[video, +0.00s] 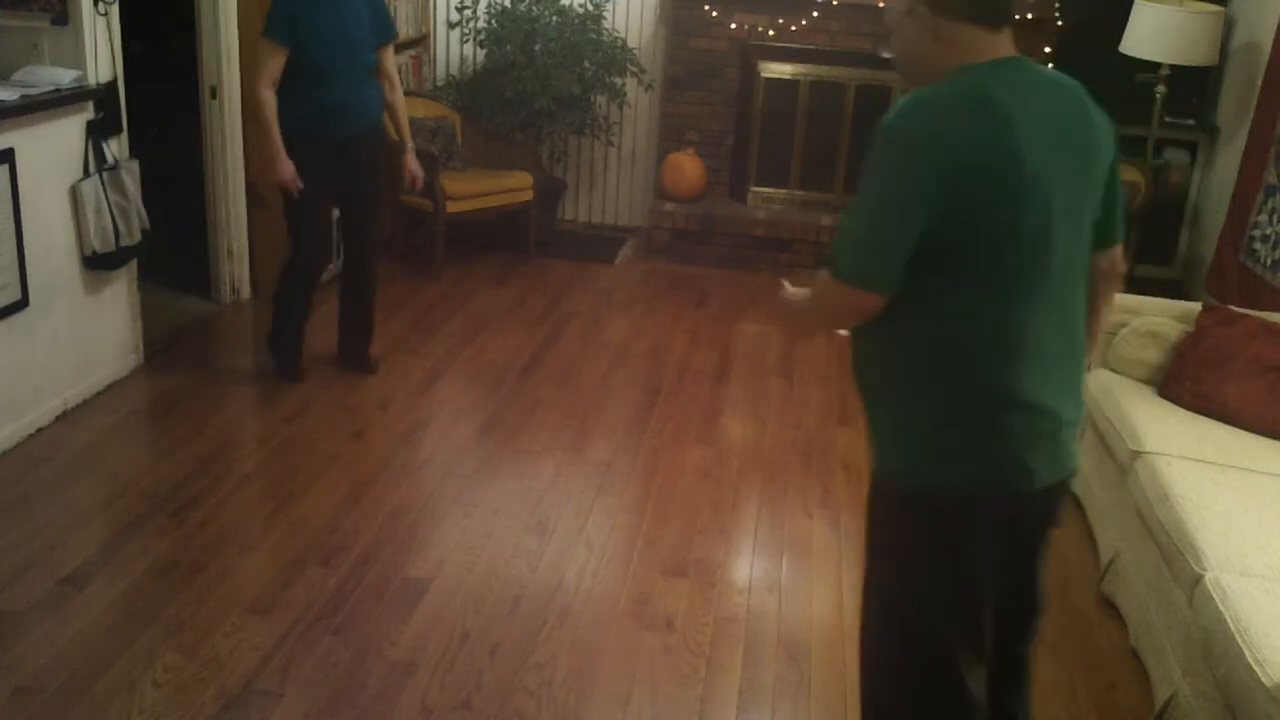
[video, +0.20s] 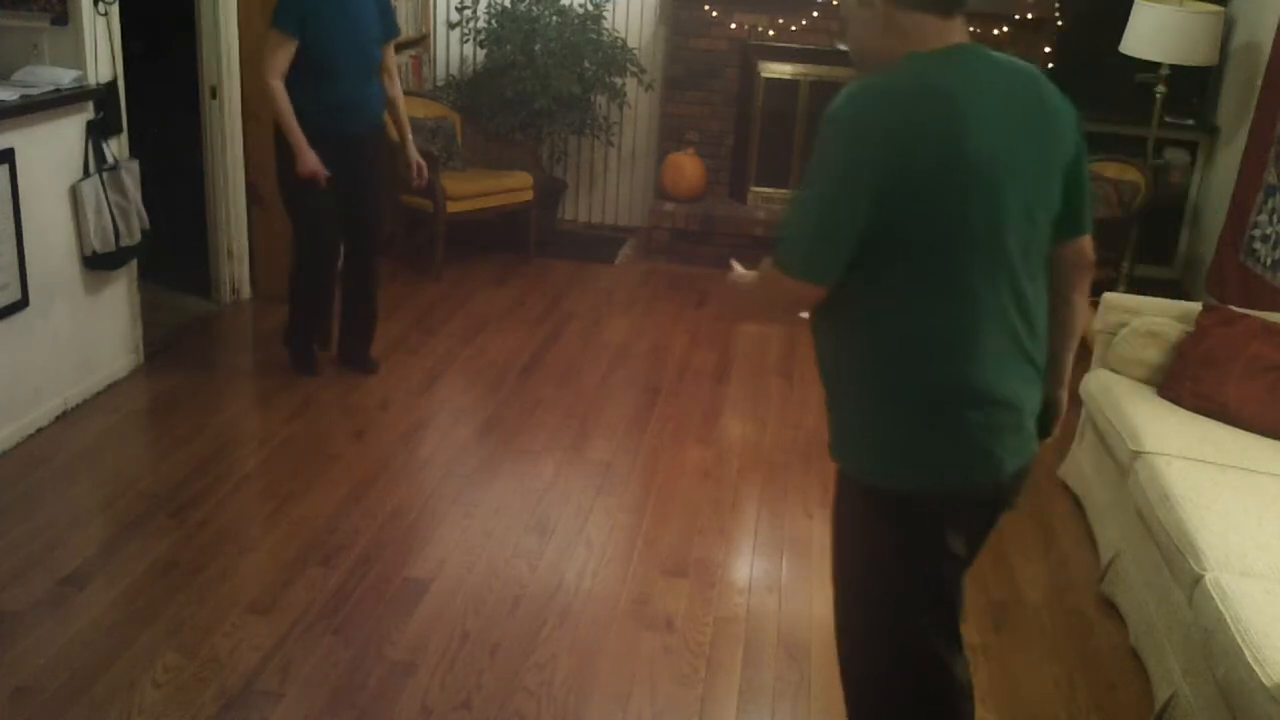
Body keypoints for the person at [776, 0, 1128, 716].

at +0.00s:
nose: (888, 35)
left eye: (893, 17)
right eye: (888, 19)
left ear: (927, 18)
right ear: (1001, 19)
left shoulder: (925, 119)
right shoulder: (1084, 113)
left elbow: (858, 294)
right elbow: (1106, 267)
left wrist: (803, 308)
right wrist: (1075, 369)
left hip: (936, 455)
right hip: (1042, 448)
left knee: (908, 660)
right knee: (1004, 647)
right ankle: (1004, 714)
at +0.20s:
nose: (840, 27)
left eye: (846, 10)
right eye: (840, 12)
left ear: (886, 11)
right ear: (952, 13)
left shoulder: (875, 107)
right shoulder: (1046, 101)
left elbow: (798, 284)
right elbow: (1074, 260)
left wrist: (744, 294)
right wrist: (1057, 380)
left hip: (905, 447)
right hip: (1004, 437)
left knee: (894, 668)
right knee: (926, 641)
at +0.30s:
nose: (819, 33)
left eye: (824, 16)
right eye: (820, 18)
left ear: (860, 12)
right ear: (927, 14)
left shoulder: (850, 108)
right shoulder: (1021, 98)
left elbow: (775, 283)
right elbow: (1053, 258)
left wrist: (728, 299)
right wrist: (1038, 379)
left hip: (884, 439)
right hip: (982, 431)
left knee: (896, 647)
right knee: (883, 614)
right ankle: (840, 704)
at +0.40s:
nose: (796, 30)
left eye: (801, 14)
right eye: (796, 16)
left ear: (832, 11)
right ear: (901, 15)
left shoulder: (823, 111)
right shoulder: (991, 99)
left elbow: (758, 285)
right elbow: (1022, 260)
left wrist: (718, 324)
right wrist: (1012, 377)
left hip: (858, 431)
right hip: (958, 422)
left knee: (887, 634)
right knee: (844, 611)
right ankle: (778, 711)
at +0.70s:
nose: (714, 18)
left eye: (721, 6)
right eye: (714, 8)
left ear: (756, 3)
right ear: (818, 2)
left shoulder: (755, 85)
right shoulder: (891, 71)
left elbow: (710, 257)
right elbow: (922, 218)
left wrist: (650, 381)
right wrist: (883, 326)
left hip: (765, 398)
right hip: (864, 394)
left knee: (696, 533)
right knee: (810, 574)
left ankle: (760, 700)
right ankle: (791, 705)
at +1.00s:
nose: (638, 16)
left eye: (640, 7)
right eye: (640, 9)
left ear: (659, 6)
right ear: (728, 3)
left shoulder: (651, 76)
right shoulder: (794, 71)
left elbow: (614, 233)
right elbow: (812, 210)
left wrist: (562, 357)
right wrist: (761, 303)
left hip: (653, 373)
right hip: (756, 368)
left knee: (602, 538)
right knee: (753, 561)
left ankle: (555, 665)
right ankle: (773, 705)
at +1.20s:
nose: (567, 1)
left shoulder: (563, 55)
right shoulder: (725, 59)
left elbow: (510, 195)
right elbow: (752, 194)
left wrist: (468, 289)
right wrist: (742, 289)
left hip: (576, 330)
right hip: (675, 325)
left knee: (551, 496)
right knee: (645, 465)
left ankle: (560, 652)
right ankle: (684, 620)